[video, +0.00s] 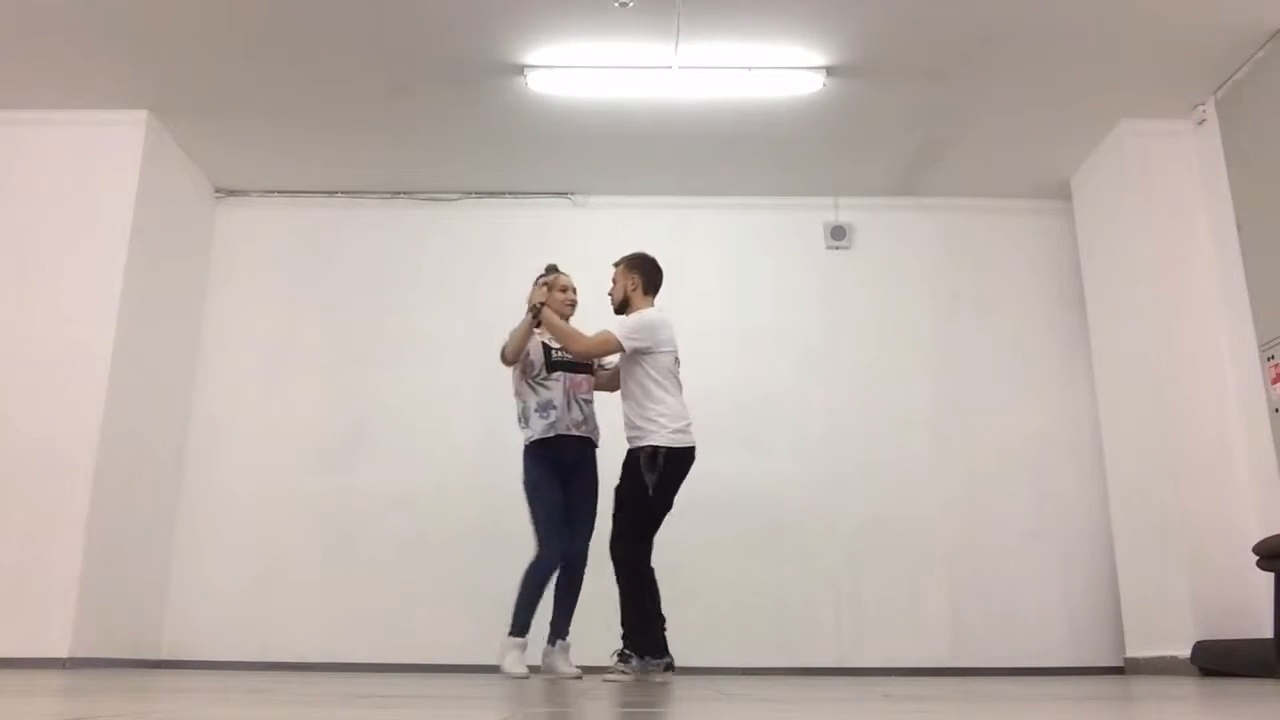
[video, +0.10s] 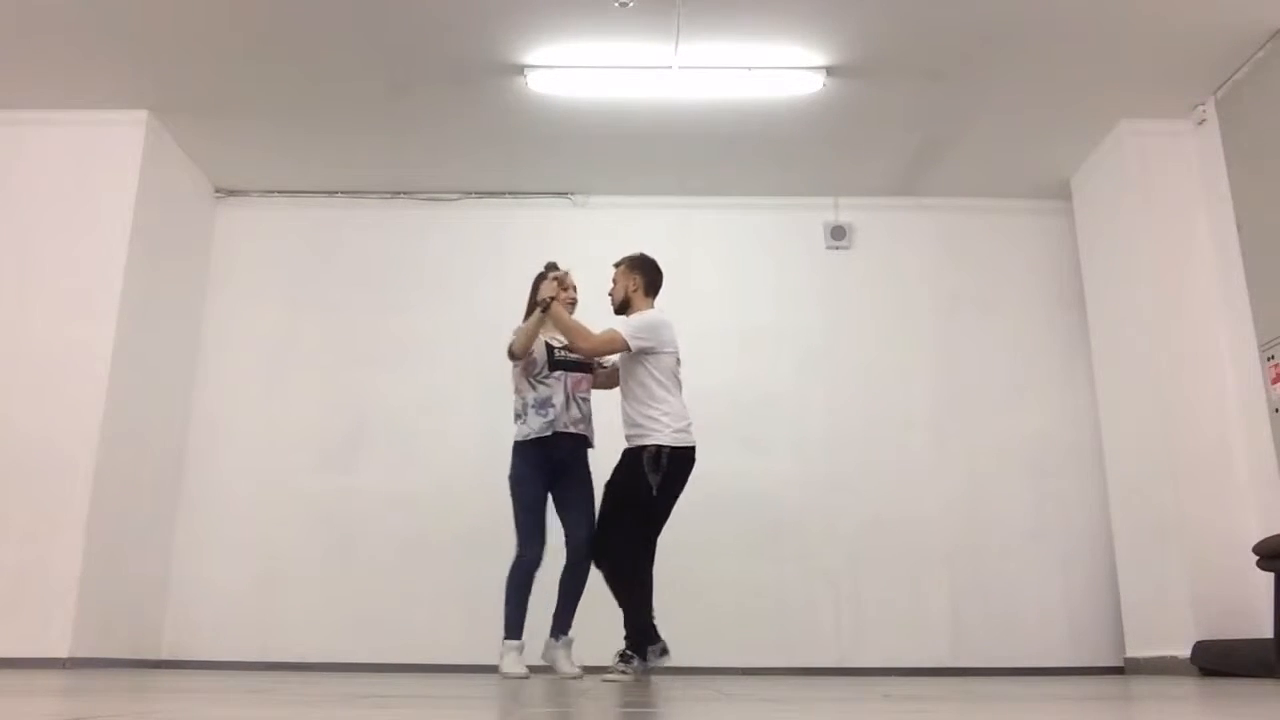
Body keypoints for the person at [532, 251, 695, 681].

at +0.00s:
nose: (610, 286)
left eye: (614, 278)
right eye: (612, 278)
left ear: (632, 280)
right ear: (641, 283)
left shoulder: (649, 322)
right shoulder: (644, 328)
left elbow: (585, 346)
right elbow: (612, 380)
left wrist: (542, 311)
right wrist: (555, 366)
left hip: (659, 448)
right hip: (653, 447)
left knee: (628, 547)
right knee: (628, 547)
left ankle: (649, 652)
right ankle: (643, 649)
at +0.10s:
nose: (609, 288)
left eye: (614, 279)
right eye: (611, 280)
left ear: (634, 281)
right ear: (637, 283)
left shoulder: (652, 323)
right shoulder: (641, 334)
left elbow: (589, 344)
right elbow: (605, 377)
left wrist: (553, 306)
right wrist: (554, 364)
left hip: (660, 449)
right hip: (647, 449)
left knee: (621, 546)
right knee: (613, 546)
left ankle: (641, 647)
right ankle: (645, 642)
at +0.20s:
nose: (610, 290)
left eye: (615, 282)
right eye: (611, 283)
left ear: (637, 285)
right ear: (637, 286)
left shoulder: (655, 326)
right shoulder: (635, 338)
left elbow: (600, 344)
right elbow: (598, 375)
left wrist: (569, 303)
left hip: (662, 451)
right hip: (637, 451)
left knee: (635, 549)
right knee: (600, 547)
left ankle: (637, 653)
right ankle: (634, 641)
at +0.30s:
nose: (610, 294)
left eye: (617, 286)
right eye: (611, 288)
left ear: (641, 290)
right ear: (637, 291)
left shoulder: (660, 330)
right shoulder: (631, 342)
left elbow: (618, 347)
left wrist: (586, 299)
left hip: (659, 454)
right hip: (627, 455)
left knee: (637, 551)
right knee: (610, 549)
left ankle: (635, 653)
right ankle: (623, 650)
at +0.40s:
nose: (613, 306)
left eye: (621, 295)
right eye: (610, 297)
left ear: (646, 296)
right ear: (607, 301)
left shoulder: (665, 337)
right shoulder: (612, 347)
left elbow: (646, 348)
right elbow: (579, 362)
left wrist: (632, 309)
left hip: (656, 459)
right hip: (615, 461)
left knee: (647, 556)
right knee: (615, 556)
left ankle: (642, 653)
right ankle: (624, 651)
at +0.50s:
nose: (617, 302)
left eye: (626, 295)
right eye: (614, 295)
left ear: (648, 299)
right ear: (608, 302)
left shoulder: (662, 347)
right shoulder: (601, 346)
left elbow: (674, 345)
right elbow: (566, 369)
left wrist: (666, 295)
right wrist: (553, 369)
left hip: (654, 463)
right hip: (608, 463)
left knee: (652, 561)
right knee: (613, 566)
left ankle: (654, 650)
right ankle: (622, 652)